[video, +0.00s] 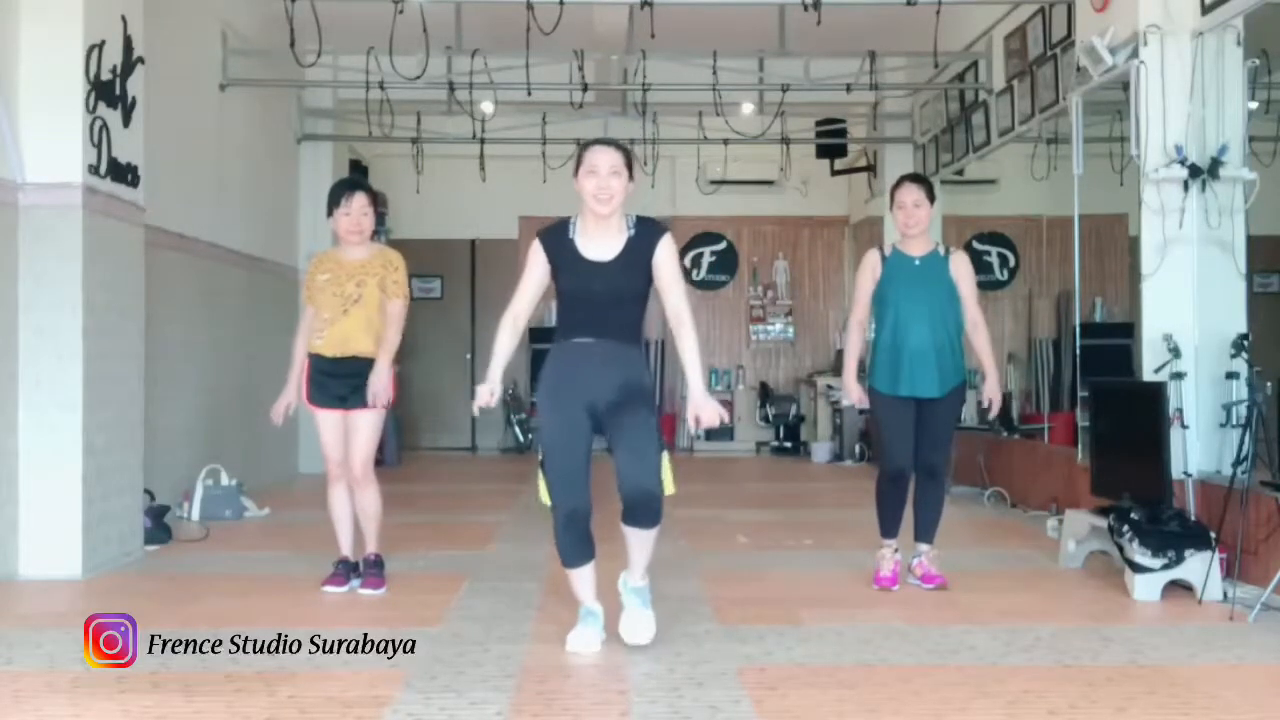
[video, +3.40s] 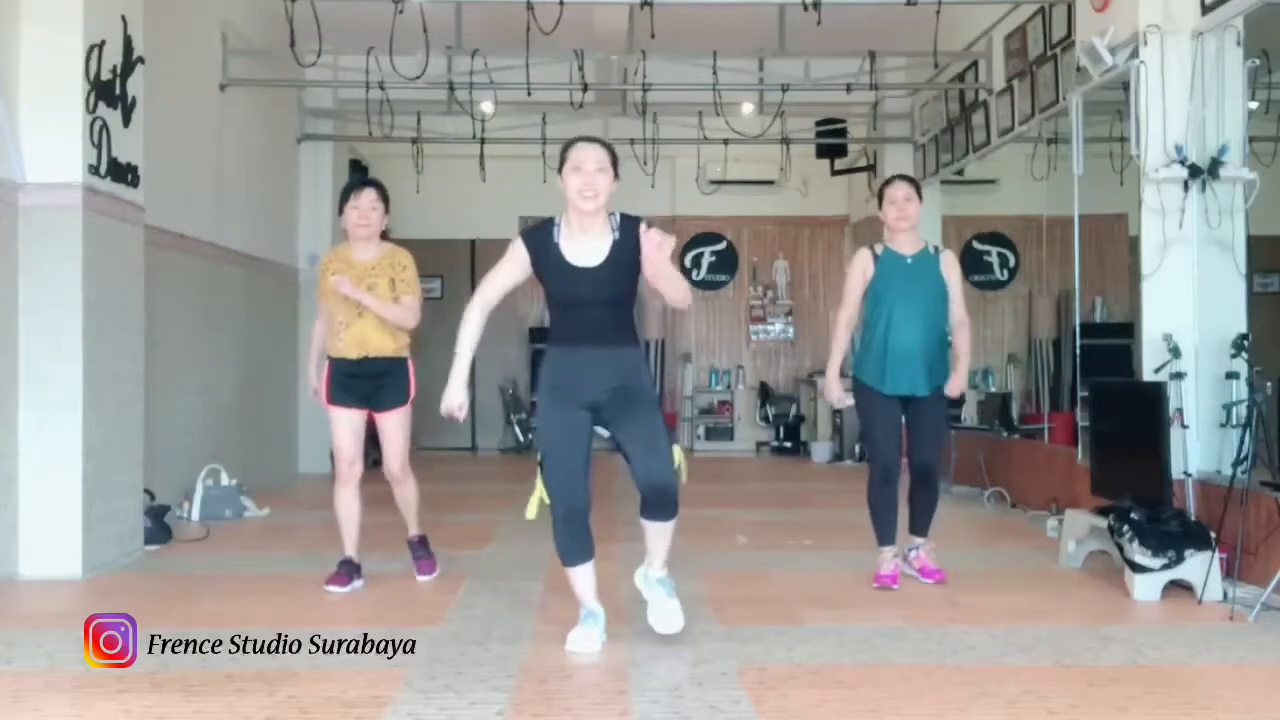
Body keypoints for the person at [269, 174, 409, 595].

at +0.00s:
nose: (356, 220)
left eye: (365, 212)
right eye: (347, 212)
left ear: (376, 218)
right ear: (331, 219)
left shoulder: (390, 262)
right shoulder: (320, 266)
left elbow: (395, 321)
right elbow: (306, 329)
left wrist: (383, 367)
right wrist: (292, 386)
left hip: (370, 368)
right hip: (324, 367)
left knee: (360, 468)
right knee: (335, 468)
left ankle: (372, 558)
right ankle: (346, 560)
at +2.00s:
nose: (356, 223)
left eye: (365, 215)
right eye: (347, 215)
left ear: (376, 222)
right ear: (333, 221)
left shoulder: (391, 266)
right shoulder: (320, 270)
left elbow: (408, 326)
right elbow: (305, 324)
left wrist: (423, 382)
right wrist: (297, 370)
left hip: (376, 373)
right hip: (327, 373)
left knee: (378, 470)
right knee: (338, 470)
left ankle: (397, 532)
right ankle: (348, 560)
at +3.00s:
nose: (361, 220)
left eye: (370, 212)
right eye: (352, 212)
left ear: (382, 219)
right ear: (340, 220)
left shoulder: (399, 262)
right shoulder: (326, 269)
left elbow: (414, 319)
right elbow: (312, 332)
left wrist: (393, 332)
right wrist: (301, 388)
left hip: (387, 372)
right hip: (339, 372)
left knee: (391, 465)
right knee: (345, 469)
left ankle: (409, 532)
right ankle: (350, 561)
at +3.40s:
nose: (363, 215)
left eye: (372, 208)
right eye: (355, 207)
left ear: (385, 218)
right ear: (342, 216)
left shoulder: (399, 259)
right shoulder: (331, 263)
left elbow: (411, 317)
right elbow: (324, 319)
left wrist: (358, 295)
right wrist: (315, 366)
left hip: (391, 367)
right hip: (342, 367)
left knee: (396, 467)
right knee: (347, 468)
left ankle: (417, 540)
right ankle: (350, 559)